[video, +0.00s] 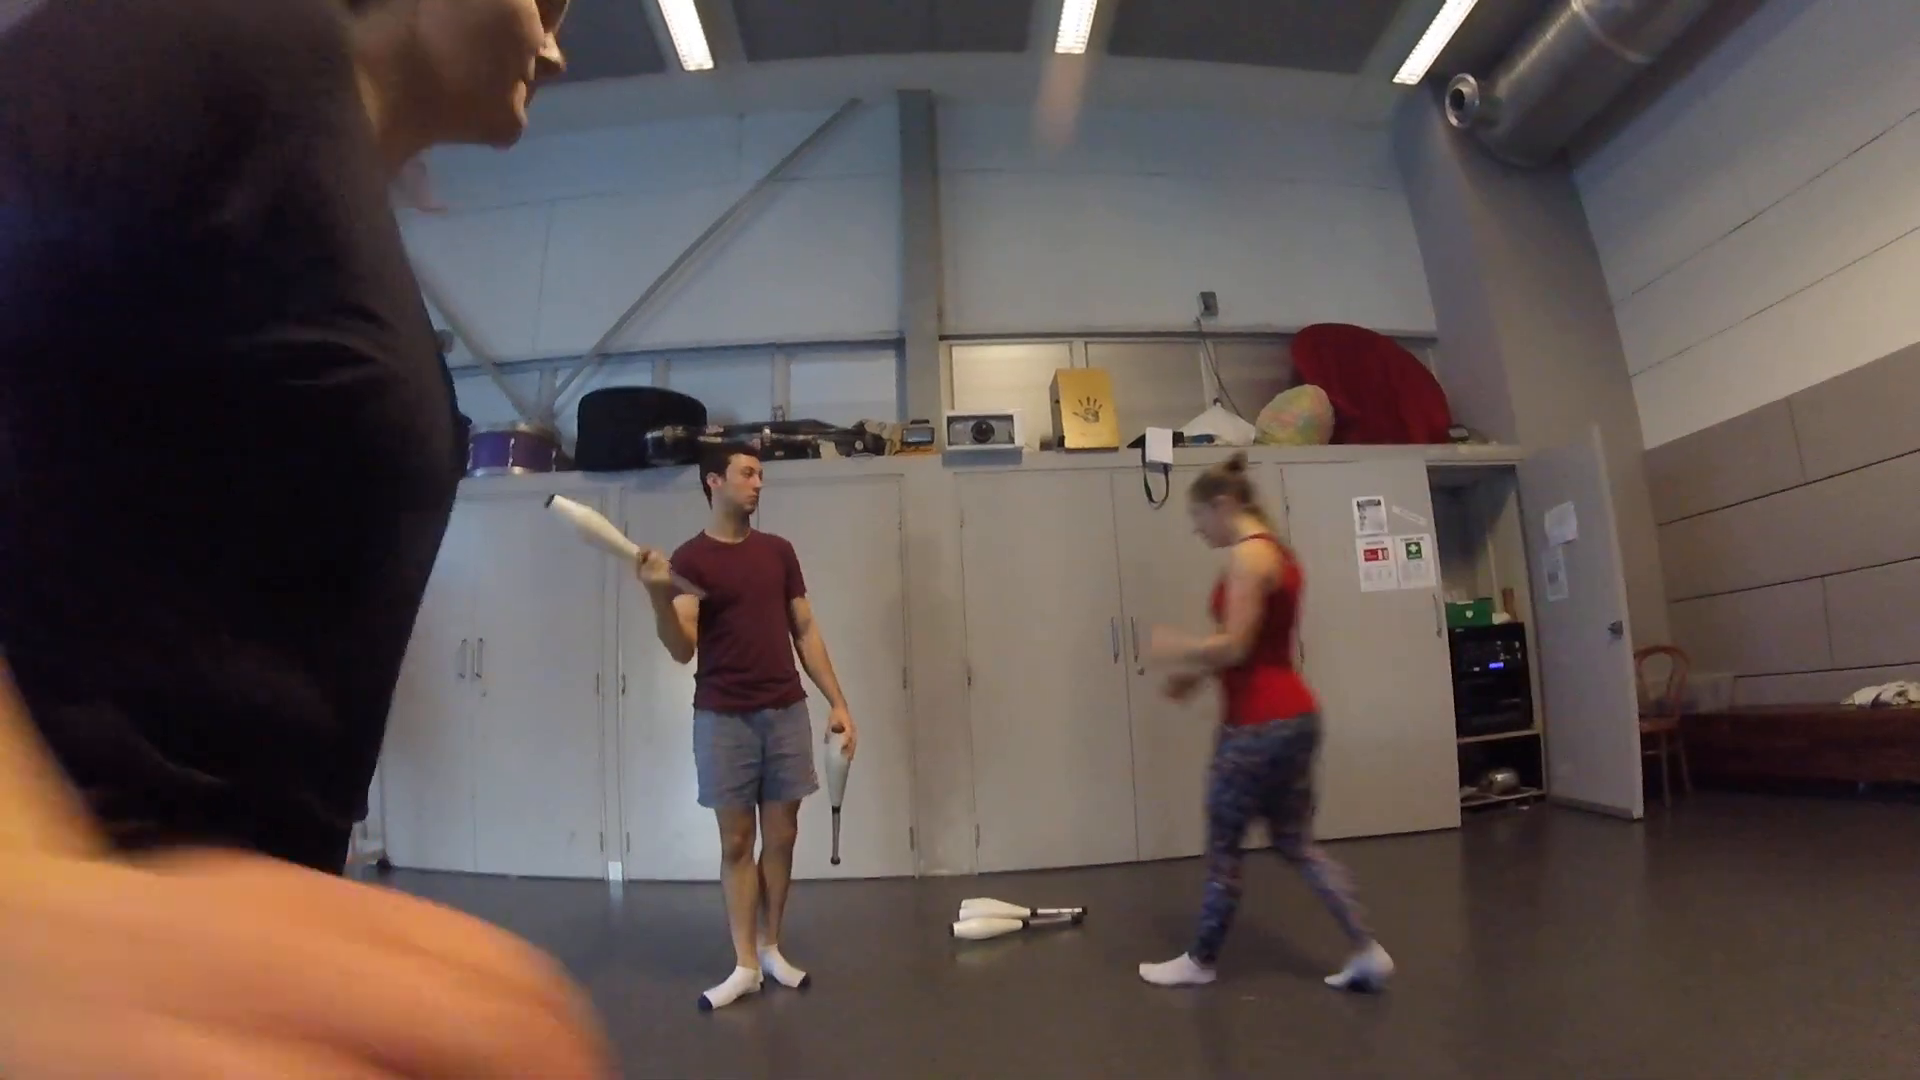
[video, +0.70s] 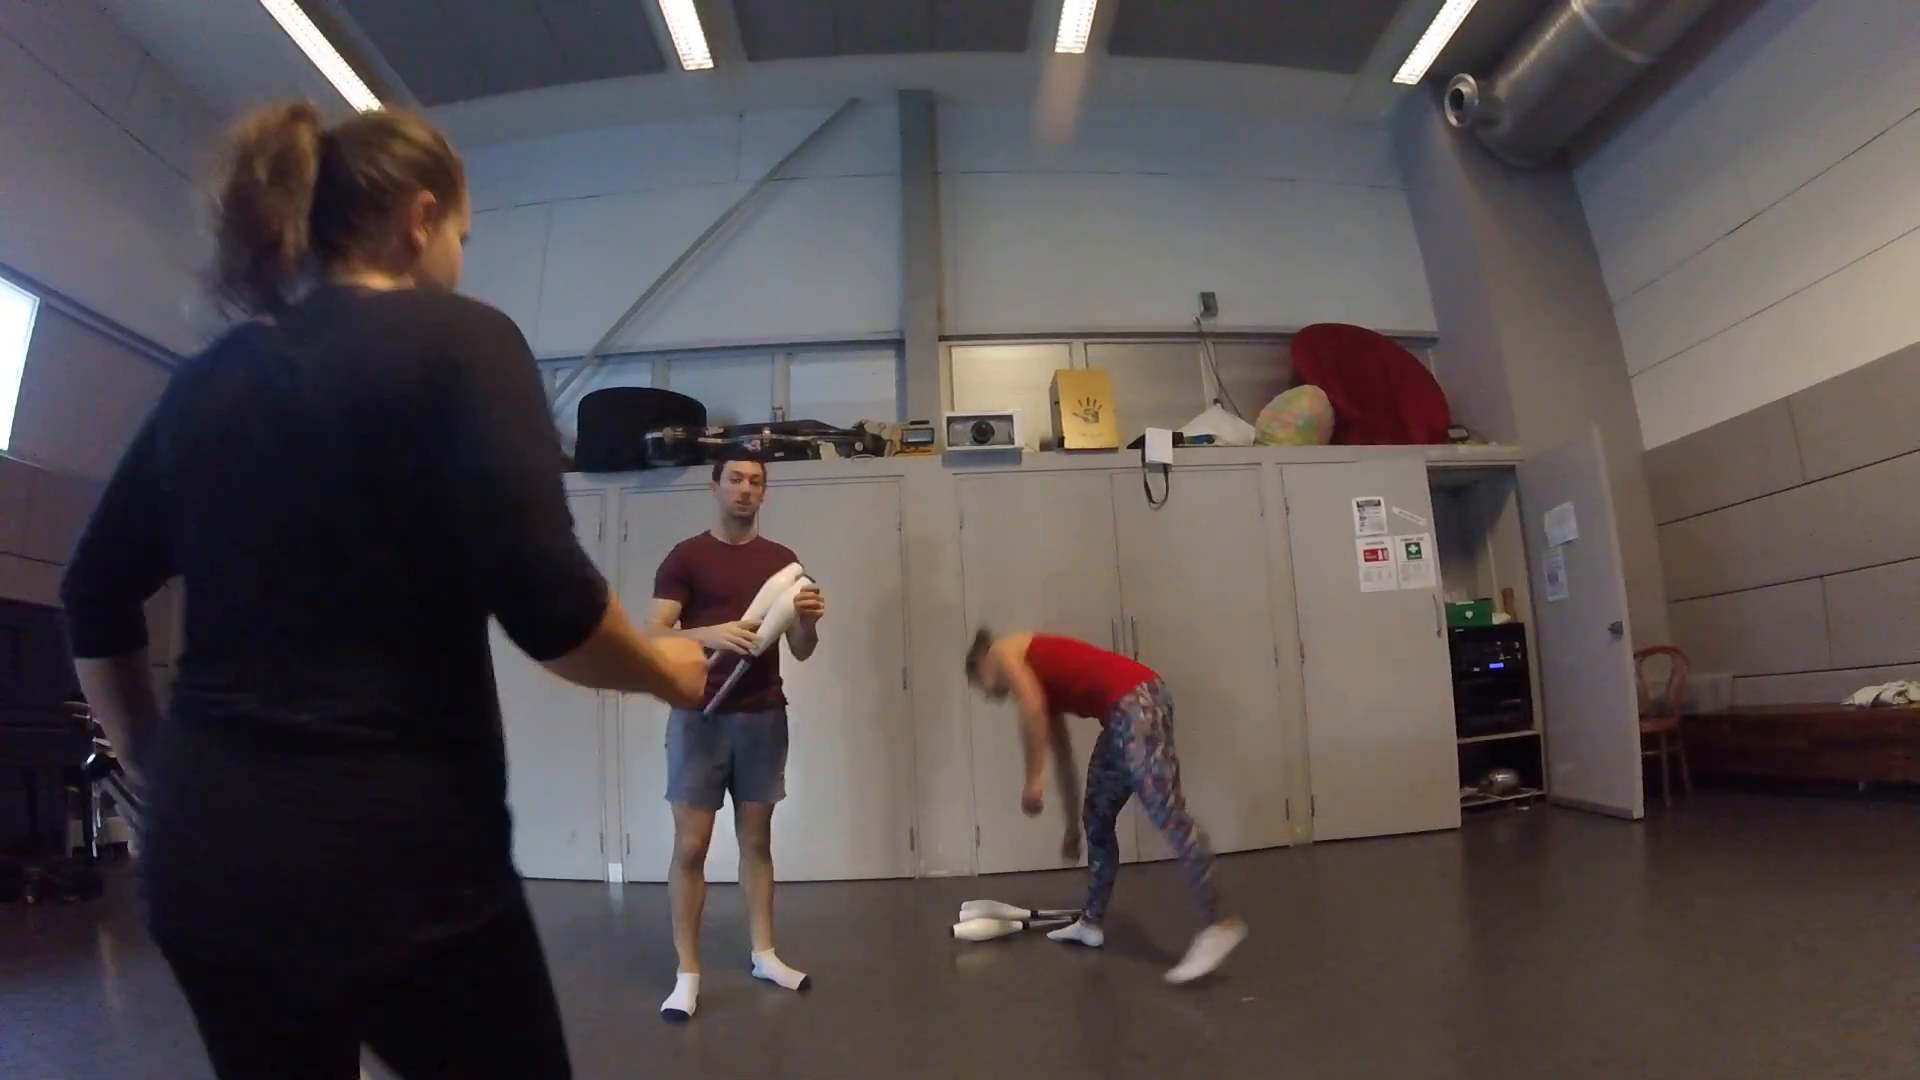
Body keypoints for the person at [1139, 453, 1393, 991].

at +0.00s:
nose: (1197, 528)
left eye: (1199, 516)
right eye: (1195, 518)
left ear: (1223, 507)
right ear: (1239, 506)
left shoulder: (1250, 556)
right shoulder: (1273, 552)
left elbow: (1234, 644)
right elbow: (1252, 642)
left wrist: (1179, 646)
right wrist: (1199, 673)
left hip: (1258, 719)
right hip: (1292, 711)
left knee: (1225, 841)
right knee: (1294, 839)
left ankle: (1202, 957)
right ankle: (1367, 949)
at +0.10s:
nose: (1161, 536)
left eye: (1162, 524)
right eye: (1158, 526)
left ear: (1183, 514)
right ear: (1201, 513)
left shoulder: (1208, 562)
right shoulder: (1239, 559)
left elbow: (1185, 659)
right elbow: (1220, 648)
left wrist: (1142, 725)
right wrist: (1164, 668)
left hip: (1216, 718)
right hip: (1250, 713)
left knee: (1191, 835)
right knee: (1218, 831)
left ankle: (1198, 957)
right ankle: (1295, 911)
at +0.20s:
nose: (1126, 541)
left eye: (1128, 529)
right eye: (1124, 531)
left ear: (1146, 517)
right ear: (1165, 516)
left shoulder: (1163, 560)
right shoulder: (1210, 558)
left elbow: (1166, 649)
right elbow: (1205, 644)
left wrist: (1155, 722)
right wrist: (1152, 682)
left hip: (1191, 713)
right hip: (1223, 708)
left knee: (1176, 827)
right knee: (1168, 813)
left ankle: (1197, 955)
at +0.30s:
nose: (1099, 546)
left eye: (1098, 536)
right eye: (1097, 537)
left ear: (1109, 526)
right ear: (1135, 520)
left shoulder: (1127, 560)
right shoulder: (1173, 560)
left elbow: (1146, 638)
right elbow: (1205, 644)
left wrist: (1151, 713)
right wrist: (1170, 688)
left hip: (1169, 713)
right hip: (1194, 708)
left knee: (1172, 834)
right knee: (1135, 803)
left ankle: (1196, 957)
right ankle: (1144, 919)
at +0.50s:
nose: (1035, 596)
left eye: (1032, 586)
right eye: (1032, 589)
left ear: (1041, 572)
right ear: (1056, 564)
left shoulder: (1075, 585)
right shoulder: (1090, 589)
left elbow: (1096, 651)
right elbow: (1117, 662)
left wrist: (1093, 722)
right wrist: (1114, 732)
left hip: (1150, 720)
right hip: (1134, 722)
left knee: (1153, 833)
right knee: (1109, 820)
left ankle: (1198, 954)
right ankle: (1092, 920)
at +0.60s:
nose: (1004, 639)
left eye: (1000, 629)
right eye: (999, 633)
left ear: (1010, 612)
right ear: (1018, 609)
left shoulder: (1040, 613)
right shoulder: (1054, 629)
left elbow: (1067, 671)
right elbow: (1096, 709)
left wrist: (1057, 745)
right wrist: (1100, 764)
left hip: (1145, 715)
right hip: (1121, 726)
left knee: (1157, 829)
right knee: (1100, 819)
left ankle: (1195, 948)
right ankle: (1090, 923)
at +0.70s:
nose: (989, 693)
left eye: (981, 683)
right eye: (982, 687)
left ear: (983, 660)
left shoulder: (1006, 651)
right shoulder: (1032, 670)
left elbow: (1034, 705)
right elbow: (1061, 751)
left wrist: (1033, 779)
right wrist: (1072, 825)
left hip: (1136, 703)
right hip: (1120, 717)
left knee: (1168, 812)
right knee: (1098, 817)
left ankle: (1216, 923)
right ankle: (1091, 922)